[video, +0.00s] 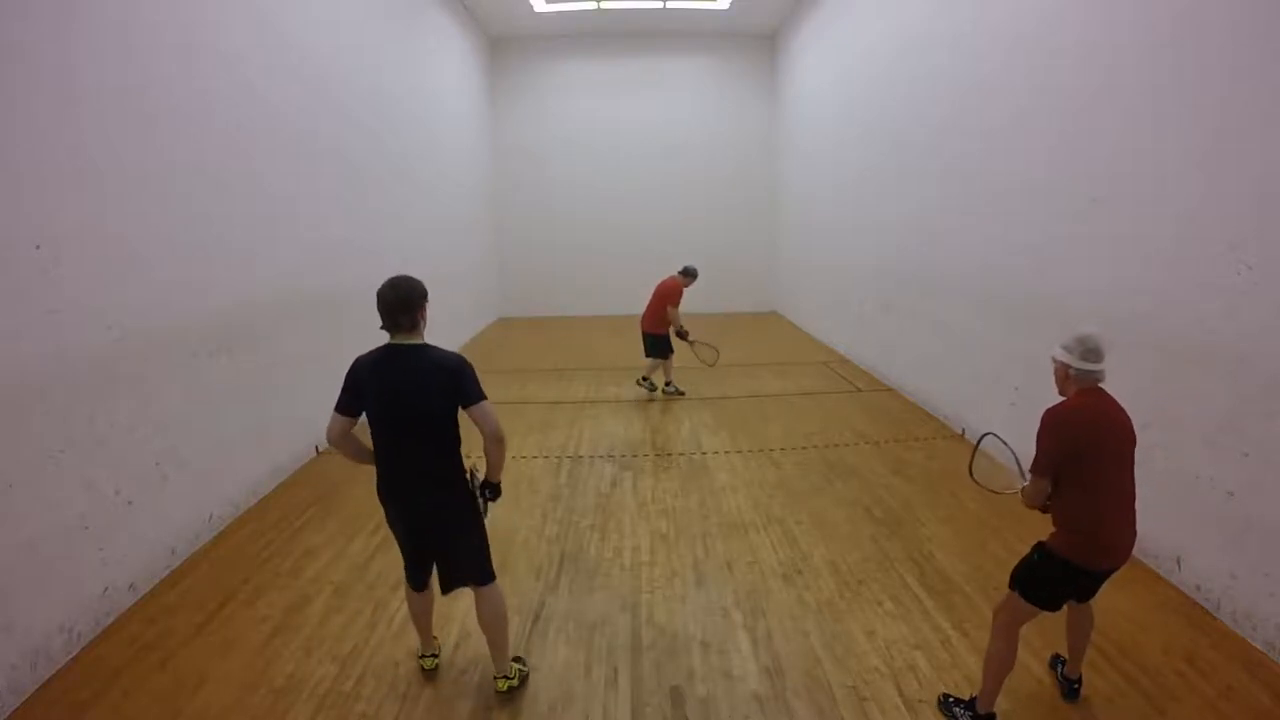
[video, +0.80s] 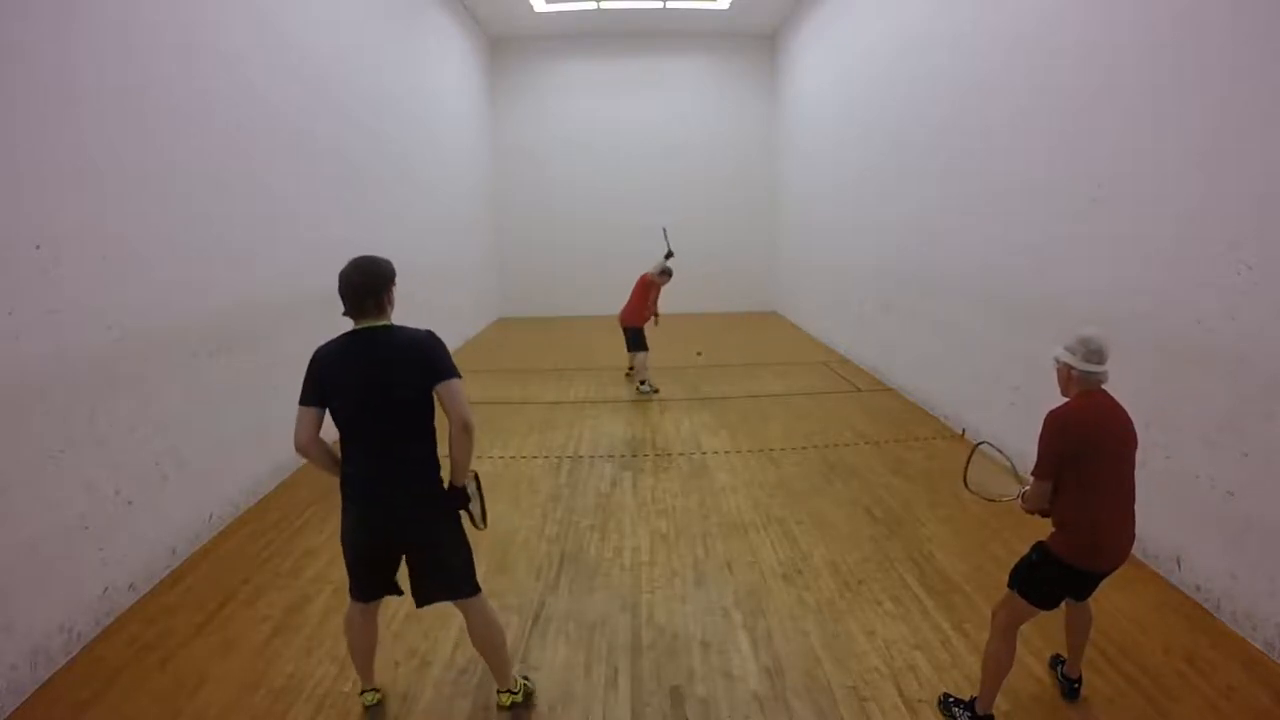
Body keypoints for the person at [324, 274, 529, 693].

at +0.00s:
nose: (426, 311)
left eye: (423, 305)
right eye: (425, 306)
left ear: (381, 316)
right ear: (423, 312)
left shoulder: (365, 368)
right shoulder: (450, 366)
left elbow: (337, 435)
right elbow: (493, 433)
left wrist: (378, 458)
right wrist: (492, 482)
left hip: (397, 493)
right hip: (448, 490)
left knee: (416, 571)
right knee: (483, 579)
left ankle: (427, 650)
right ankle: (504, 671)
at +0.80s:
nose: (396, 296)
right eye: (394, 289)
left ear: (345, 302)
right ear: (391, 296)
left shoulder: (326, 358)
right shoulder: (423, 344)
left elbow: (305, 441)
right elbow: (461, 420)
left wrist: (347, 471)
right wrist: (459, 485)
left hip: (363, 508)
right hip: (425, 503)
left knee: (362, 602)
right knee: (470, 599)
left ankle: (368, 690)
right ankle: (508, 686)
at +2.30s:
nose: (150, 396)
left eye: (154, 385)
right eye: (148, 387)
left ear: (178, 382)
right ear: (198, 382)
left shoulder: (155, 436)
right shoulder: (242, 414)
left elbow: (144, 523)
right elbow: (299, 464)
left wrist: (146, 584)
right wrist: (313, 511)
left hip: (217, 567)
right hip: (273, 547)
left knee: (231, 663)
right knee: (323, 610)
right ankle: (386, 670)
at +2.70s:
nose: (208, 371)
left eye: (205, 367)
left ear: (204, 373)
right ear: (241, 369)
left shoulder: (209, 410)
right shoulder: (258, 401)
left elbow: (179, 456)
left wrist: (114, 499)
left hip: (271, 536)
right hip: (314, 515)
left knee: (259, 642)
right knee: (323, 600)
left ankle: (264, 714)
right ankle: (379, 666)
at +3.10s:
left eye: (202, 335)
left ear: (203, 337)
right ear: (237, 329)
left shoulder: (205, 380)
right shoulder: (267, 365)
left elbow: (213, 449)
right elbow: (300, 421)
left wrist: (214, 509)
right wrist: (273, 443)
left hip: (258, 493)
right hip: (301, 481)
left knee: (278, 561)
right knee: (324, 561)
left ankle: (303, 630)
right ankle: (364, 630)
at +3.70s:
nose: (267, 314)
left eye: (265, 307)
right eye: (264, 308)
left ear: (228, 314)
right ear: (251, 311)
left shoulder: (206, 354)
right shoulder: (271, 350)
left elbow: (185, 408)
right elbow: (308, 405)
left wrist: (211, 428)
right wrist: (328, 443)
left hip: (239, 455)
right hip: (277, 449)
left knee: (262, 513)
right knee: (303, 516)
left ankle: (261, 585)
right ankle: (316, 590)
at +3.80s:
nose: (263, 312)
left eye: (262, 305)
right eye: (260, 306)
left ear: (224, 309)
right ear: (246, 307)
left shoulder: (202, 349)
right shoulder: (260, 346)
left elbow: (187, 401)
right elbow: (294, 405)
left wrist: (214, 426)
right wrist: (318, 440)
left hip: (233, 452)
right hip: (268, 448)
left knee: (261, 514)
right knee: (298, 522)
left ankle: (251, 587)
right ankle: (316, 590)